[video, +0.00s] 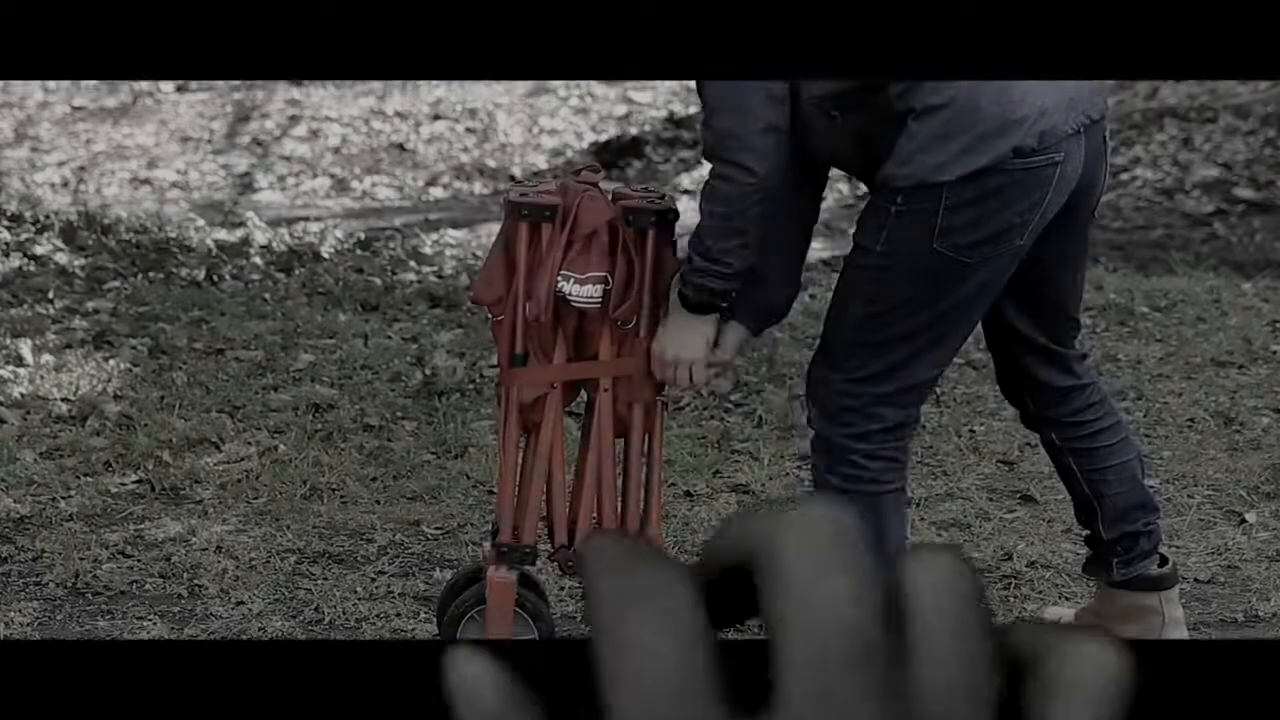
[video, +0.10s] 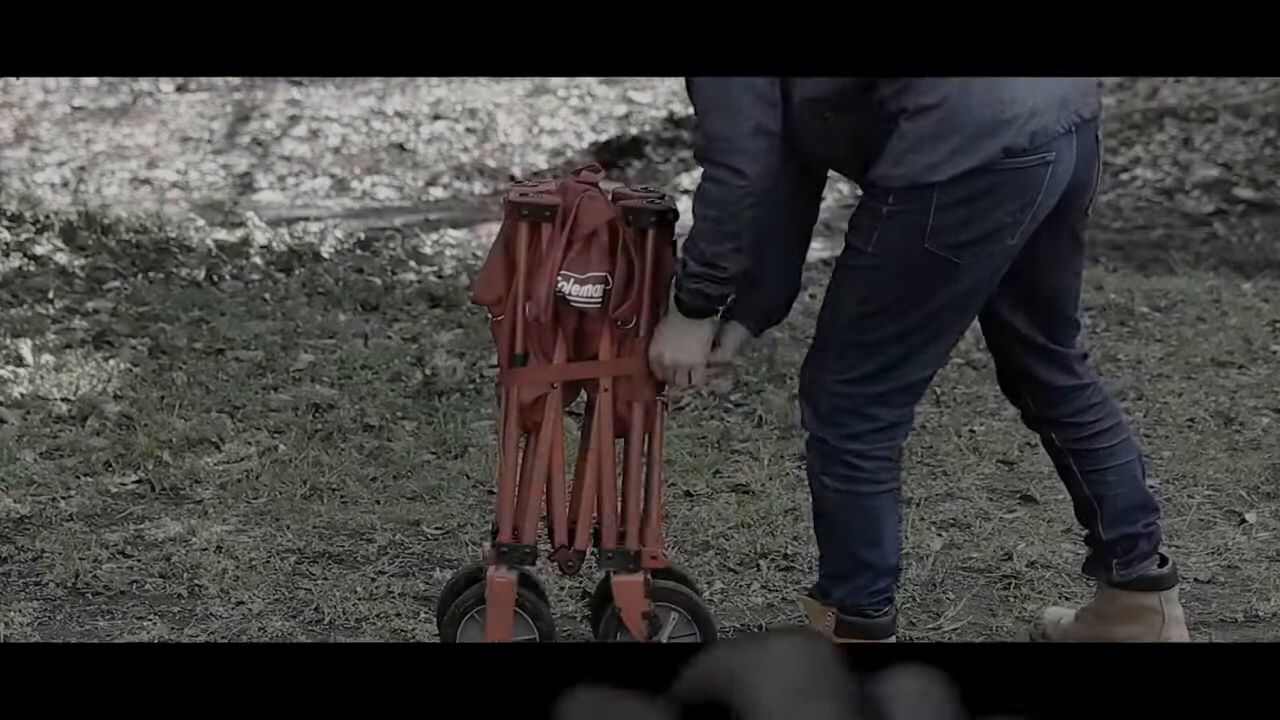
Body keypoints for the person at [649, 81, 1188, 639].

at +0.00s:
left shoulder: (739, 80)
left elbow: (749, 159)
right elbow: (791, 168)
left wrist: (693, 299)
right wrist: (744, 313)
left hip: (965, 152)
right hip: (1072, 126)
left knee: (856, 406)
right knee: (1047, 366)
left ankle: (860, 647)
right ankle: (1138, 589)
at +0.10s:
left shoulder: (729, 78)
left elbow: (741, 162)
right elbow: (789, 172)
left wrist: (691, 303)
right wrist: (743, 315)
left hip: (958, 150)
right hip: (1067, 124)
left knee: (849, 402)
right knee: (1049, 366)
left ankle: (856, 629)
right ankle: (1138, 594)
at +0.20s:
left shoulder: (715, 78)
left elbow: (727, 167)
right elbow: (789, 158)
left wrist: (684, 306)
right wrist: (747, 303)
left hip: (946, 150)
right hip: (1057, 123)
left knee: (843, 406)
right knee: (1050, 367)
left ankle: (857, 629)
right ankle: (1138, 596)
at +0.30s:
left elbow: (694, 158)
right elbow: (790, 130)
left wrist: (664, 314)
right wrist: (737, 273)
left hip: (933, 141)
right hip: (1046, 112)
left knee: (838, 403)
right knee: (1050, 366)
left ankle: (856, 632)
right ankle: (1137, 599)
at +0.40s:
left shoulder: (686, 62)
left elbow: (687, 143)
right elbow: (756, 143)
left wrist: (589, 294)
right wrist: (655, 225)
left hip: (924, 140)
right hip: (1030, 104)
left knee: (832, 408)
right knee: (1051, 366)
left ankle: (855, 636)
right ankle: (1129, 599)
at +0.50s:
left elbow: (675, 126)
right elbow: (740, 125)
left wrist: (539, 204)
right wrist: (575, 183)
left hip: (909, 137)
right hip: (1018, 104)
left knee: (828, 407)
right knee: (1047, 365)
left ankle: (856, 639)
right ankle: (1124, 603)